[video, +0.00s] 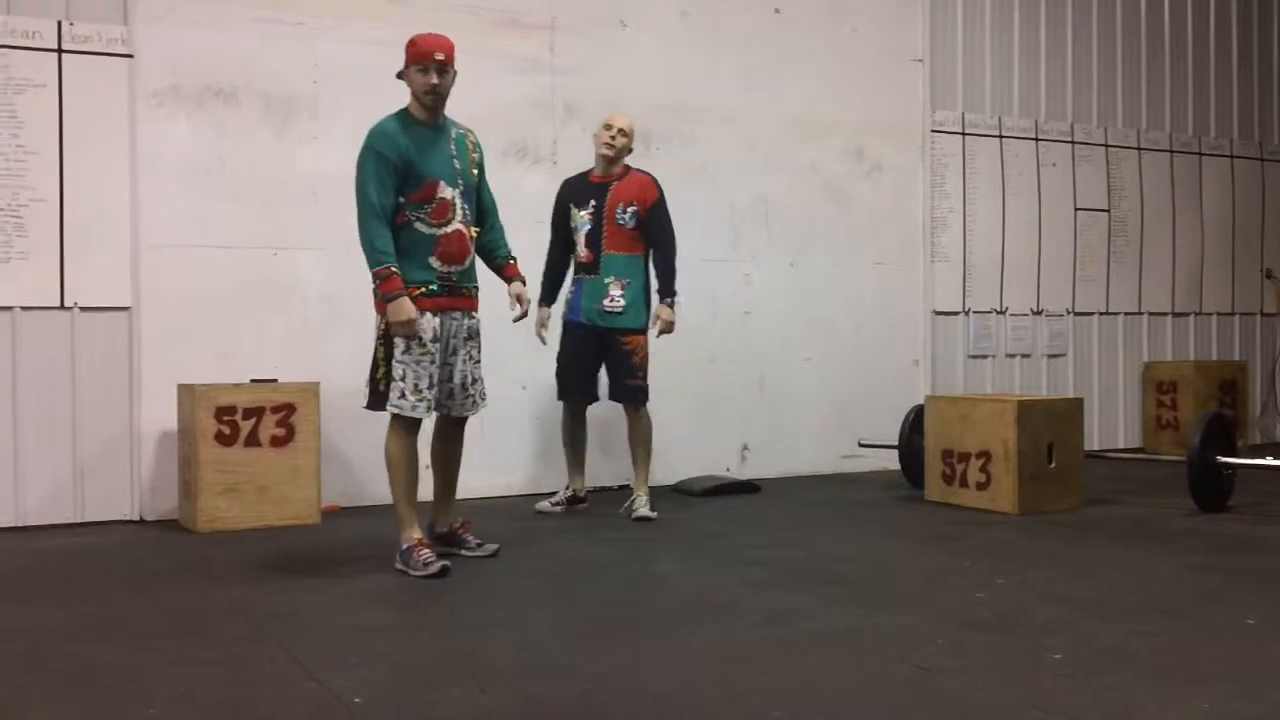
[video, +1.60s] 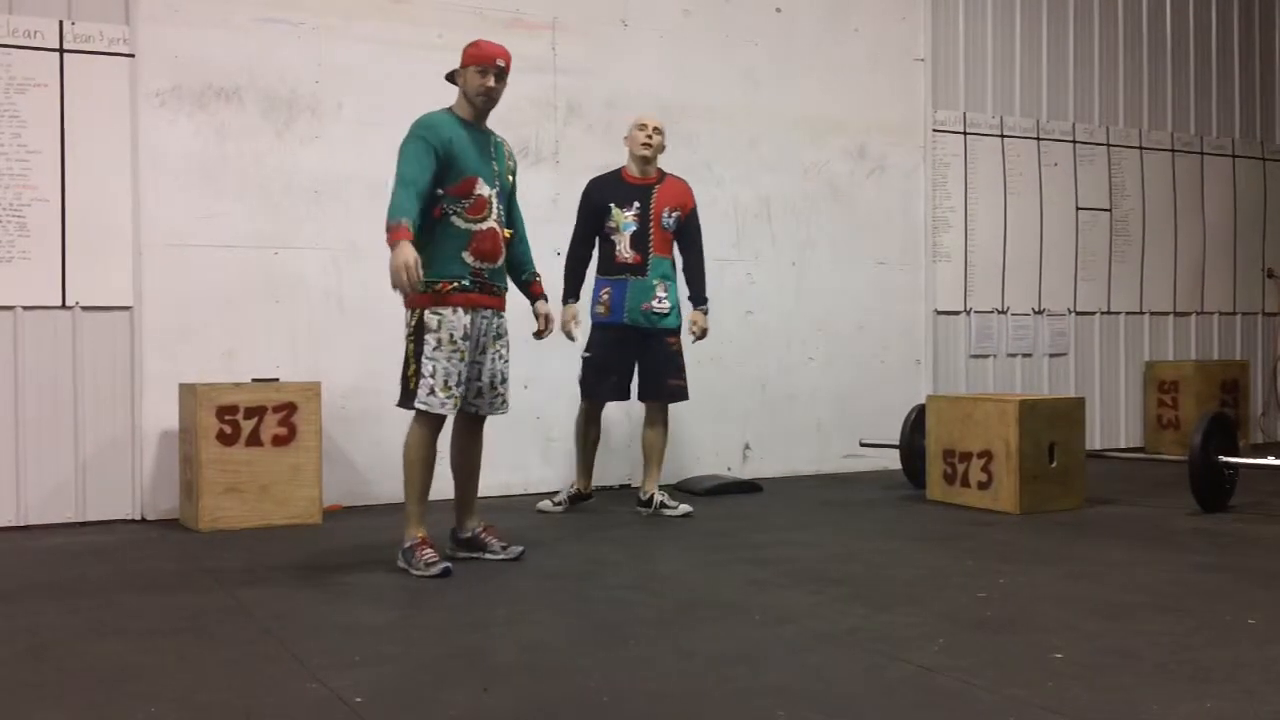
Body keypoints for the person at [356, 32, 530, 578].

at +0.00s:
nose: (435, 77)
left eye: (443, 69)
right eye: (424, 68)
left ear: (454, 75)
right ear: (406, 75)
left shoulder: (466, 142)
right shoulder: (386, 139)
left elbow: (485, 218)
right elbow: (373, 222)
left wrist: (512, 274)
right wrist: (392, 294)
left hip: (461, 302)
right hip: (412, 302)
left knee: (454, 413)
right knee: (406, 416)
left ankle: (443, 524)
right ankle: (410, 537)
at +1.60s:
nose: (491, 80)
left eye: (499, 75)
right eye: (482, 71)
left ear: (506, 85)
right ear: (459, 77)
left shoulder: (501, 150)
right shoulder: (431, 130)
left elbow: (512, 228)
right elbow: (407, 190)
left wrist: (537, 293)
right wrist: (401, 240)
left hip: (489, 302)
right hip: (441, 298)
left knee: (473, 414)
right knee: (430, 413)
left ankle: (467, 526)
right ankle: (415, 536)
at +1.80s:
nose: (500, 86)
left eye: (507, 80)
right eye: (491, 76)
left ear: (512, 89)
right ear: (468, 79)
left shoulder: (506, 151)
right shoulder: (440, 129)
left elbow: (516, 228)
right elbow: (413, 182)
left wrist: (543, 293)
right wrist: (406, 186)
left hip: (494, 300)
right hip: (448, 296)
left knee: (477, 416)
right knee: (439, 412)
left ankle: (468, 527)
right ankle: (417, 536)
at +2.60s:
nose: (488, 78)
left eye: (496, 70)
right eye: (477, 68)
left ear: (502, 78)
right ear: (455, 73)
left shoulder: (502, 145)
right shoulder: (432, 131)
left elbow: (517, 224)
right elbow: (412, 194)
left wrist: (547, 287)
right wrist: (421, 241)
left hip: (495, 301)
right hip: (448, 297)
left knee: (480, 415)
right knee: (442, 415)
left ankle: (470, 529)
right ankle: (436, 544)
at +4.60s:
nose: (505, 105)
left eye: (508, 96)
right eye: (504, 93)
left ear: (479, 83)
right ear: (481, 83)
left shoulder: (478, 144)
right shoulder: (431, 128)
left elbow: (484, 225)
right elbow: (431, 201)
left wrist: (522, 282)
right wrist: (464, 228)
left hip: (472, 298)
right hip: (440, 297)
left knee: (457, 416)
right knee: (440, 417)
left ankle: (450, 531)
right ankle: (434, 546)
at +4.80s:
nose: (506, 115)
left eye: (509, 104)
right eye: (506, 102)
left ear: (476, 86)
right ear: (487, 89)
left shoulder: (462, 139)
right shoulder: (437, 132)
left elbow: (472, 225)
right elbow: (465, 198)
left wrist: (525, 250)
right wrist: (531, 199)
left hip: (464, 294)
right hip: (444, 296)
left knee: (463, 412)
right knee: (454, 413)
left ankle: (449, 530)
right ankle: (437, 543)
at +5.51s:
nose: (495, 105)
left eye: (497, 95)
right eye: (494, 94)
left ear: (463, 83)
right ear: (472, 86)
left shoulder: (454, 132)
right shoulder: (418, 134)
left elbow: (483, 175)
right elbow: (451, 212)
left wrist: (530, 165)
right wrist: (525, 230)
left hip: (457, 296)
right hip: (422, 298)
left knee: (447, 419)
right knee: (415, 419)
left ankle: (448, 532)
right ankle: (402, 546)